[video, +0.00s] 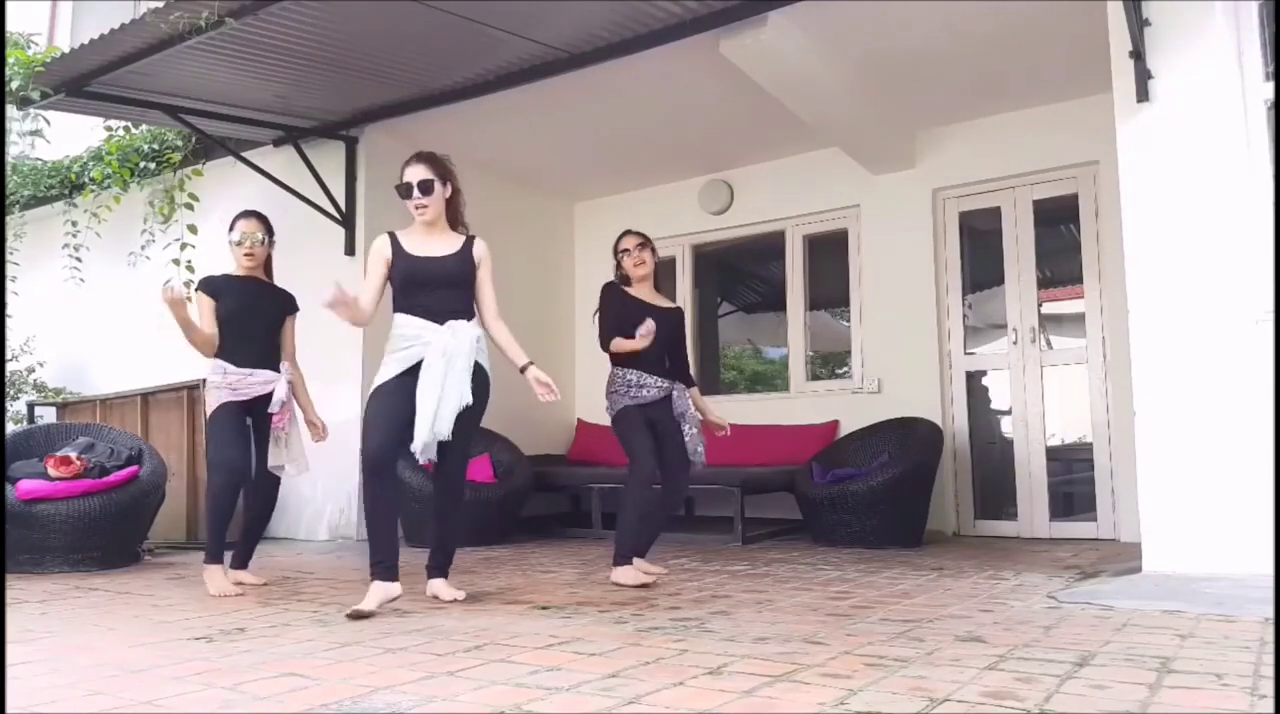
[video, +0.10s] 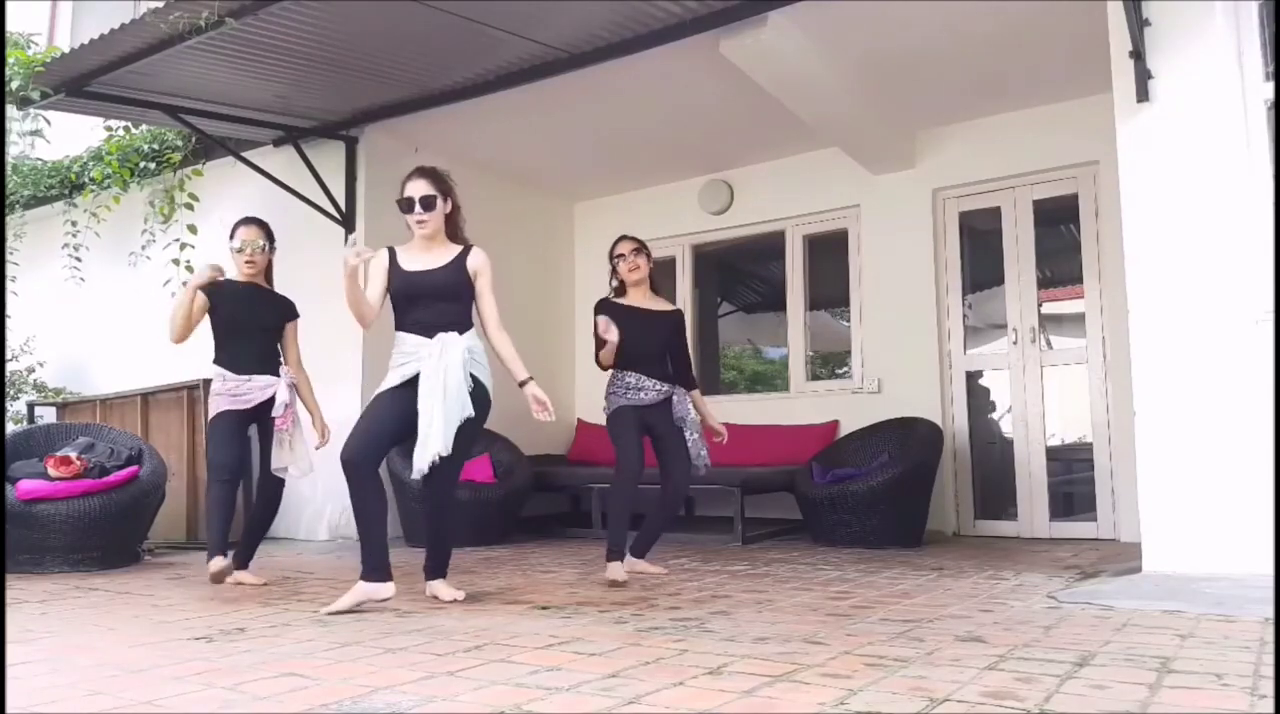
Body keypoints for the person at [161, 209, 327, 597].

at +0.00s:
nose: (249, 247)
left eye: (257, 239)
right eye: (240, 240)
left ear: (270, 246)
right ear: (230, 246)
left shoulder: (283, 299)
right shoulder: (212, 287)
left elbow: (290, 363)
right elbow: (208, 347)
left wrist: (309, 412)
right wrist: (180, 314)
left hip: (272, 392)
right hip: (227, 389)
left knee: (268, 479)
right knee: (230, 468)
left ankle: (240, 564)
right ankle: (214, 564)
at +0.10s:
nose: (250, 254)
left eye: (258, 247)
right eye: (241, 247)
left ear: (270, 252)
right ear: (231, 252)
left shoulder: (282, 305)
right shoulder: (215, 290)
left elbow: (295, 367)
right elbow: (178, 334)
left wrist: (316, 414)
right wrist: (193, 285)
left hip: (274, 393)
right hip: (229, 392)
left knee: (272, 483)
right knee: (226, 469)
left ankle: (240, 566)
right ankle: (217, 556)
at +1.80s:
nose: (243, 249)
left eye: (252, 243)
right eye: (237, 243)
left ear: (270, 248)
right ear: (230, 248)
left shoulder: (285, 292)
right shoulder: (221, 292)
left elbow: (297, 353)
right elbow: (207, 351)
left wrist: (304, 405)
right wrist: (177, 393)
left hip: (257, 387)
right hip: (219, 387)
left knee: (223, 463)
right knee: (210, 469)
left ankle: (248, 557)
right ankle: (229, 563)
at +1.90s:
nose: (247, 248)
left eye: (257, 241)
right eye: (241, 241)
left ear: (274, 247)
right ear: (234, 246)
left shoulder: (288, 291)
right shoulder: (225, 289)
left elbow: (311, 347)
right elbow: (214, 345)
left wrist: (328, 401)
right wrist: (196, 395)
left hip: (259, 387)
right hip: (220, 386)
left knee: (243, 466)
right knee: (214, 475)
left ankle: (274, 555)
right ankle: (231, 564)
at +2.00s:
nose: (254, 246)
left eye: (263, 239)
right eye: (248, 239)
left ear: (281, 244)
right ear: (240, 242)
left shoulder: (291, 288)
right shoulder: (231, 284)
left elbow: (319, 345)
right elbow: (230, 334)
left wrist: (341, 399)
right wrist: (225, 377)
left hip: (264, 383)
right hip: (224, 382)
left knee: (273, 468)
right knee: (218, 473)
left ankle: (327, 540)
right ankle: (231, 563)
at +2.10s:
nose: (261, 245)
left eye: (269, 238)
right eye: (255, 238)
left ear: (288, 242)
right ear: (248, 241)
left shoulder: (298, 284)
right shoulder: (241, 283)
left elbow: (316, 345)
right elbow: (240, 334)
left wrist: (336, 399)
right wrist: (236, 373)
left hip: (274, 380)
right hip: (234, 380)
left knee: (307, 463)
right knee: (219, 473)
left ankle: (365, 534)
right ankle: (230, 562)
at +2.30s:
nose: (284, 249)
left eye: (292, 242)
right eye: (278, 243)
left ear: (309, 247)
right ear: (271, 248)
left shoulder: (322, 281)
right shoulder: (271, 297)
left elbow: (314, 333)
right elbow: (266, 356)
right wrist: (251, 410)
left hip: (321, 384)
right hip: (281, 386)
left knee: (335, 470)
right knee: (237, 463)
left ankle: (366, 555)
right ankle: (211, 555)